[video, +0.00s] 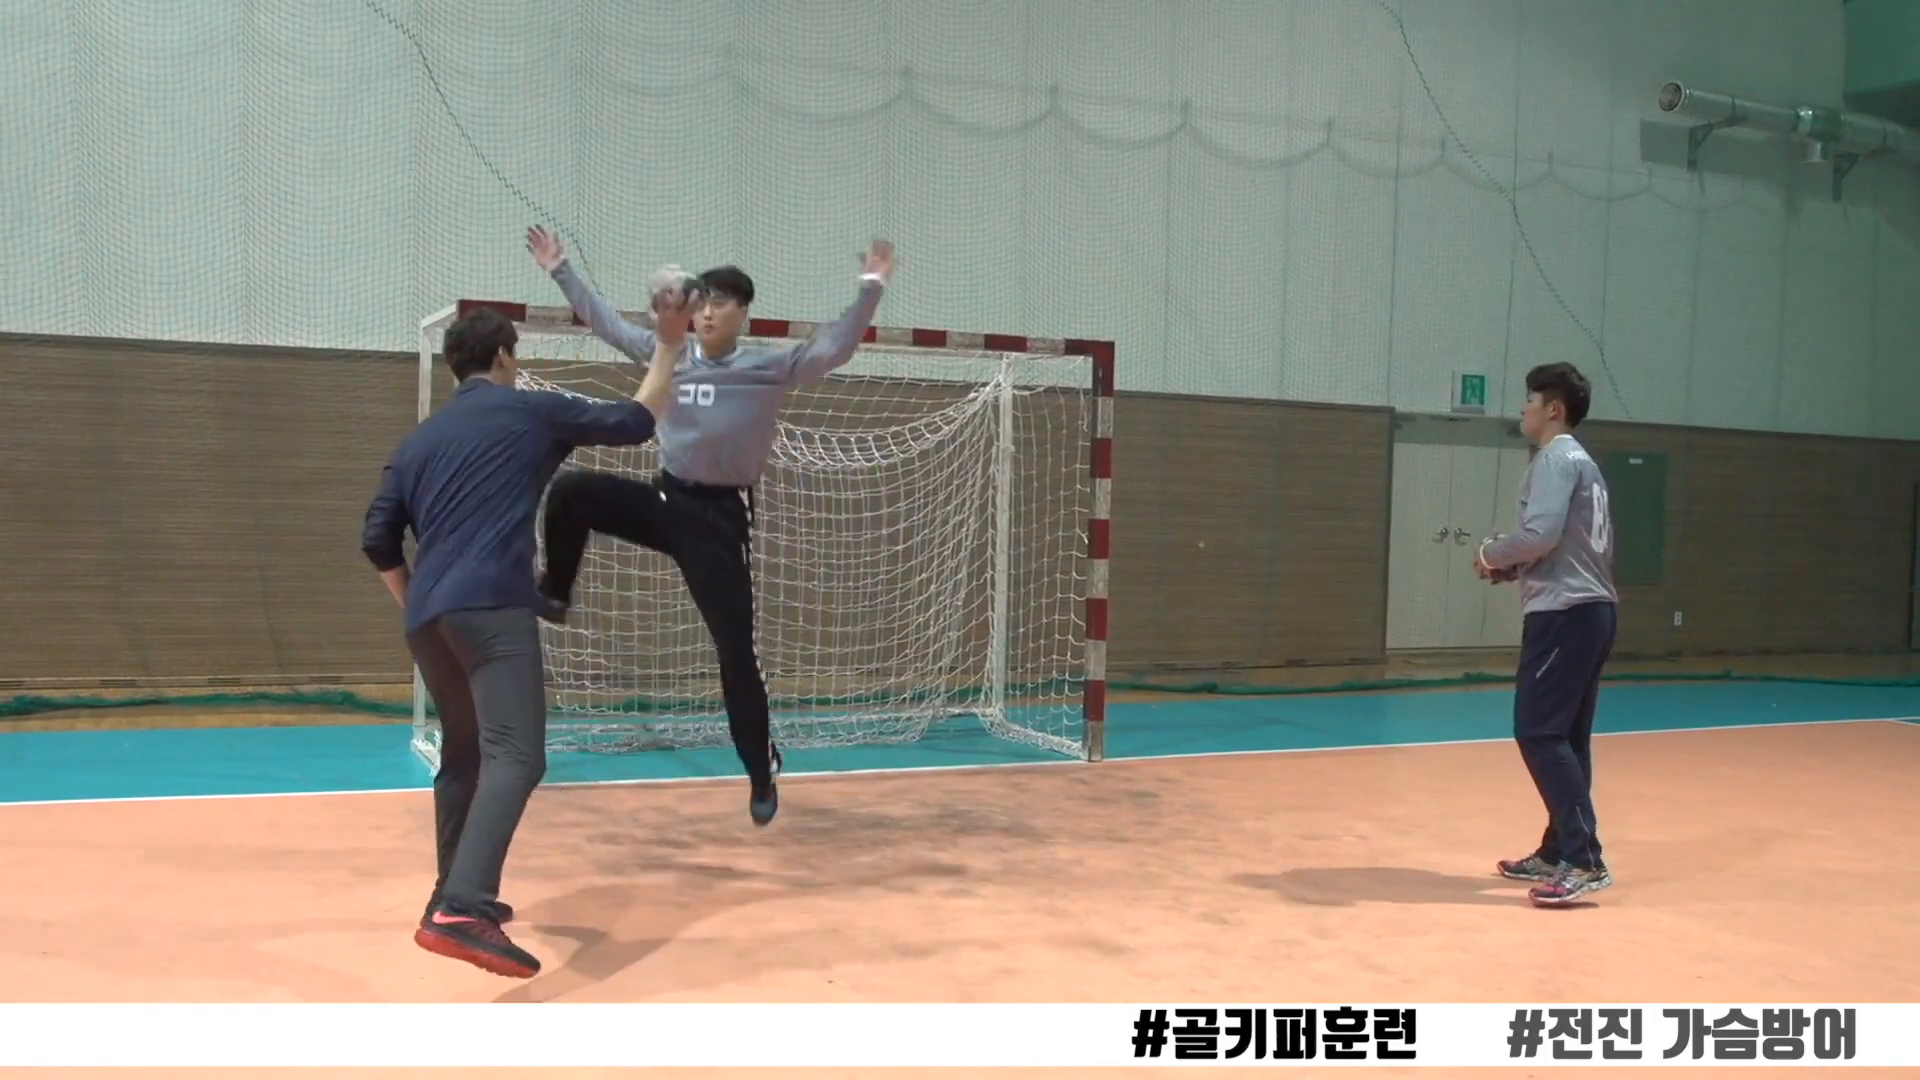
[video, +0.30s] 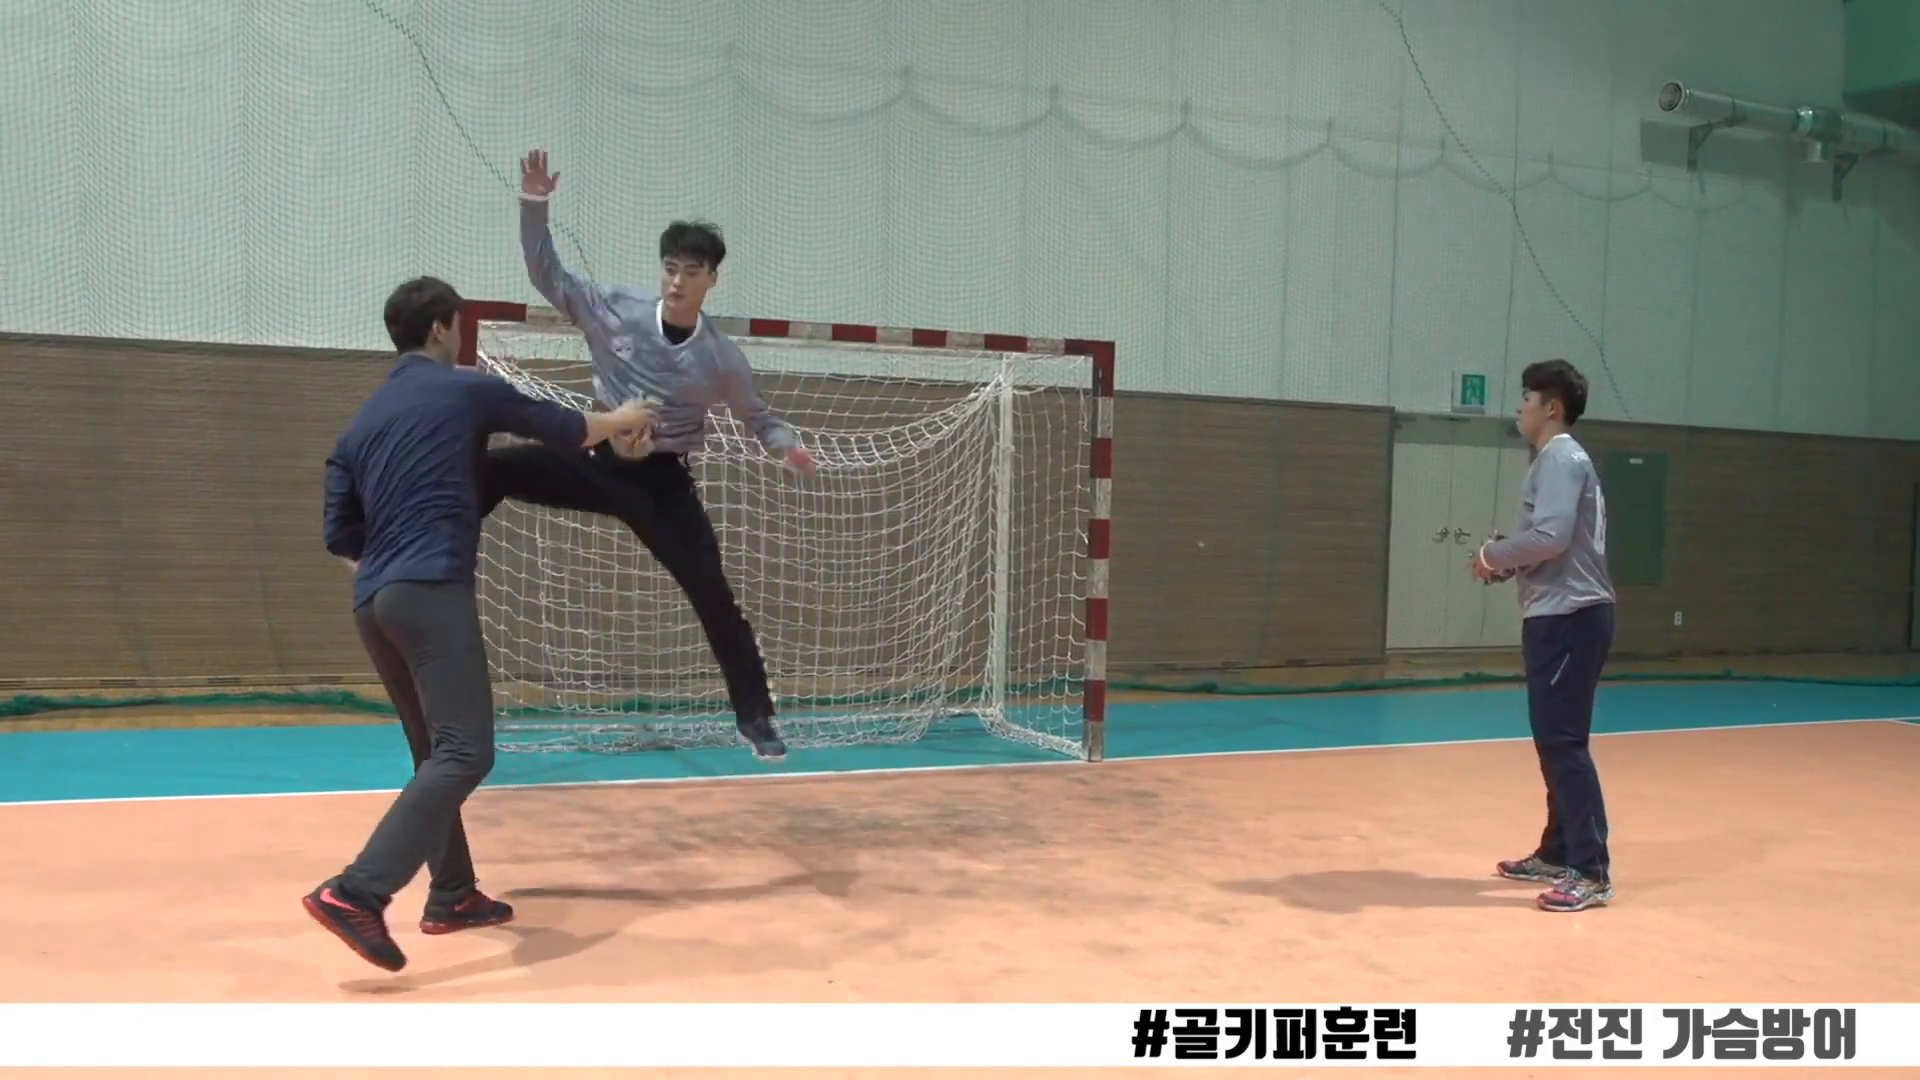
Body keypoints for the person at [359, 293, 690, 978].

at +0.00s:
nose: (520, 365)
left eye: (516, 356)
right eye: (517, 356)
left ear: (455, 366)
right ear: (504, 358)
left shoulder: (419, 439)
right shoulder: (531, 410)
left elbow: (378, 537)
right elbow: (637, 421)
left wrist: (416, 607)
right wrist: (670, 344)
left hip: (425, 613)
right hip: (491, 597)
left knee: (461, 757)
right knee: (515, 755)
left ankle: (453, 903)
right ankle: (464, 908)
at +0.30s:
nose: (464, 338)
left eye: (459, 327)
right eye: (460, 327)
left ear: (398, 337)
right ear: (443, 330)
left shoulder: (359, 424)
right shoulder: (466, 388)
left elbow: (341, 533)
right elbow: (565, 427)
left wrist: (415, 532)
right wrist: (615, 420)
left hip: (374, 596)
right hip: (432, 587)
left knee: (433, 751)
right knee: (466, 752)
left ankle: (453, 896)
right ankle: (354, 894)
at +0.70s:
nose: (360, 339)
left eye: (359, 325)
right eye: (355, 325)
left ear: (309, 327)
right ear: (324, 326)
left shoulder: (275, 397)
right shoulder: (304, 405)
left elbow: (267, 528)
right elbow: (289, 533)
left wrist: (336, 568)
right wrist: (339, 632)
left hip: (274, 613)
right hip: (268, 619)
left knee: (366, 730)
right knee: (324, 772)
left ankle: (346, 891)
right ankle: (266, 936)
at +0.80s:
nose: (331, 325)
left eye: (330, 312)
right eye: (325, 311)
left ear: (283, 317)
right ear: (293, 316)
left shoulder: (268, 387)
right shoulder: (260, 392)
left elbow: (250, 513)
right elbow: (213, 506)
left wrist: (312, 555)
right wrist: (238, 605)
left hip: (250, 614)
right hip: (235, 618)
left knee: (310, 741)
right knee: (289, 759)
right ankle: (267, 935)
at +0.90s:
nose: (294, 324)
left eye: (294, 310)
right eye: (288, 310)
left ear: (249, 315)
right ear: (254, 314)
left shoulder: (236, 392)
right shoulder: (210, 388)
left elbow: (215, 517)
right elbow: (138, 484)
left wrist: (286, 556)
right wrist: (153, 576)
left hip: (210, 621)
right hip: (200, 623)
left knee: (204, 775)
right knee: (252, 770)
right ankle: (263, 935)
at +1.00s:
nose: (255, 329)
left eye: (254, 316)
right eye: (249, 315)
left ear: (210, 320)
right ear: (213, 319)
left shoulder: (199, 405)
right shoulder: (163, 395)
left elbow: (187, 531)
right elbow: (76, 483)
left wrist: (264, 563)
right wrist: (88, 567)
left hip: (150, 631)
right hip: (149, 633)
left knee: (95, 784)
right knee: (219, 775)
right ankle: (259, 934)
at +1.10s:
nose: (217, 342)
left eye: (217, 329)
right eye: (210, 328)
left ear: (169, 330)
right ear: (174, 328)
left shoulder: (154, 413)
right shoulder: (121, 399)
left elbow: (150, 547)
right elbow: (29, 488)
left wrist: (232, 571)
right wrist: (43, 577)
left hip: (80, 639)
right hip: (86, 639)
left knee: (20, 793)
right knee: (173, 779)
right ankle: (246, 932)